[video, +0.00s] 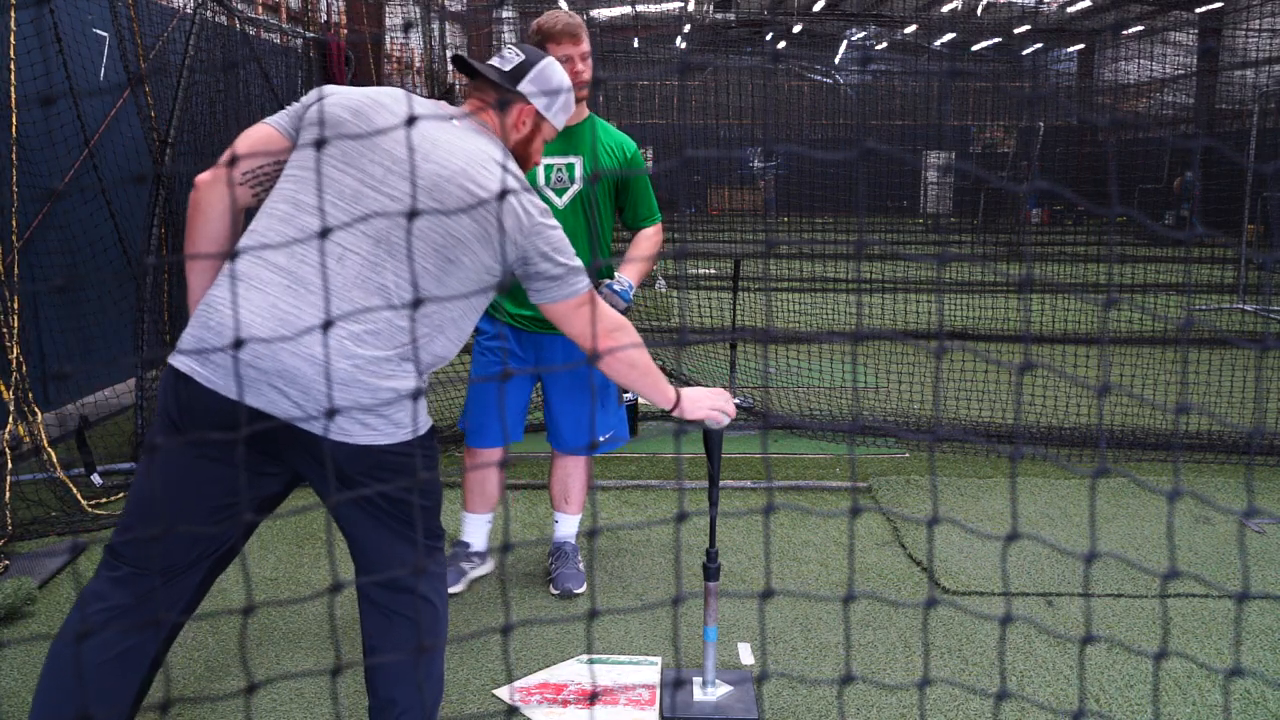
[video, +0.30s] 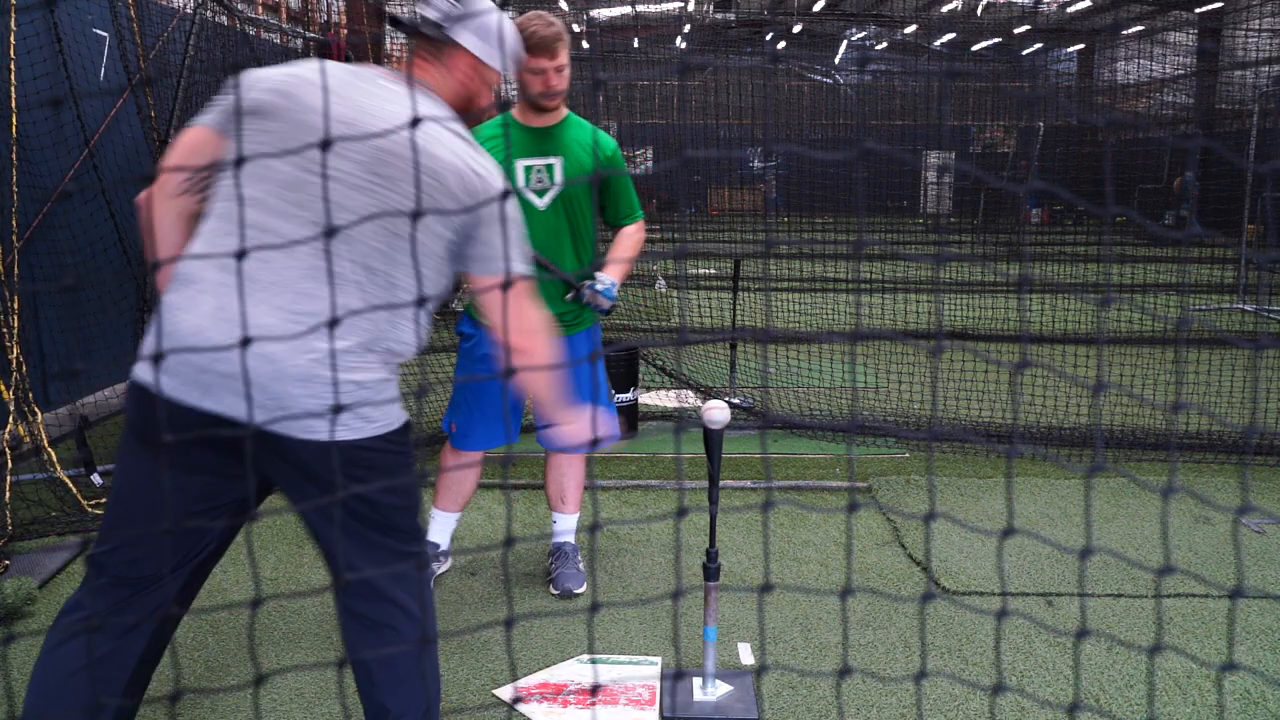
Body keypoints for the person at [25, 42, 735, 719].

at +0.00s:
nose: (544, 147)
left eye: (549, 133)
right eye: (546, 131)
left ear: (473, 89)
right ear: (519, 113)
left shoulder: (345, 105)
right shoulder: (515, 207)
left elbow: (221, 181)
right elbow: (598, 330)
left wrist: (208, 318)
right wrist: (673, 397)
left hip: (224, 372)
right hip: (367, 408)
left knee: (137, 586)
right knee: (404, 592)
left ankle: (66, 714)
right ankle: (404, 710)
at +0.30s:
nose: (494, 96)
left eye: (498, 82)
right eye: (493, 80)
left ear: (410, 51)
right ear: (468, 67)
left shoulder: (271, 85)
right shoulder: (474, 176)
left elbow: (169, 187)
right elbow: (512, 313)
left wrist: (184, 299)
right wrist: (559, 411)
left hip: (188, 379)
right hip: (335, 406)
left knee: (122, 593)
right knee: (387, 599)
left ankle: (56, 707)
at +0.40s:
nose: (431, 62)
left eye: (432, 43)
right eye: (428, 42)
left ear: (332, 24)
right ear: (403, 35)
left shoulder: (191, 86)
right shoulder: (421, 156)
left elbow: (115, 227)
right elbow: (437, 326)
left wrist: (177, 318)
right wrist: (428, 436)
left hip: (153, 414)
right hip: (308, 428)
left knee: (105, 618)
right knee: (379, 619)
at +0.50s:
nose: (383, 42)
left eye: (382, 27)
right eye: (375, 24)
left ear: (279, 16)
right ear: (347, 24)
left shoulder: (143, 91)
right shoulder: (375, 144)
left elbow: (80, 245)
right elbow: (382, 350)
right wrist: (360, 415)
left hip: (132, 430)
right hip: (289, 438)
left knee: (93, 635)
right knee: (370, 633)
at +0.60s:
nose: (286, 13)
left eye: (283, 0)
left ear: (163, 3)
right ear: (245, 6)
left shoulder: (36, 101)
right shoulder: (274, 134)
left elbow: (13, 270)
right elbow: (289, 334)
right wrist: (239, 418)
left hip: (53, 463)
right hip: (214, 462)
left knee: (48, 670)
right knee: (330, 661)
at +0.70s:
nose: (242, 6)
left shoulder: (11, 86)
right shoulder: (217, 126)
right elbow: (238, 350)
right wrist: (221, 437)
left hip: (29, 480)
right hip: (179, 476)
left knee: (27, 694)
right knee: (306, 672)